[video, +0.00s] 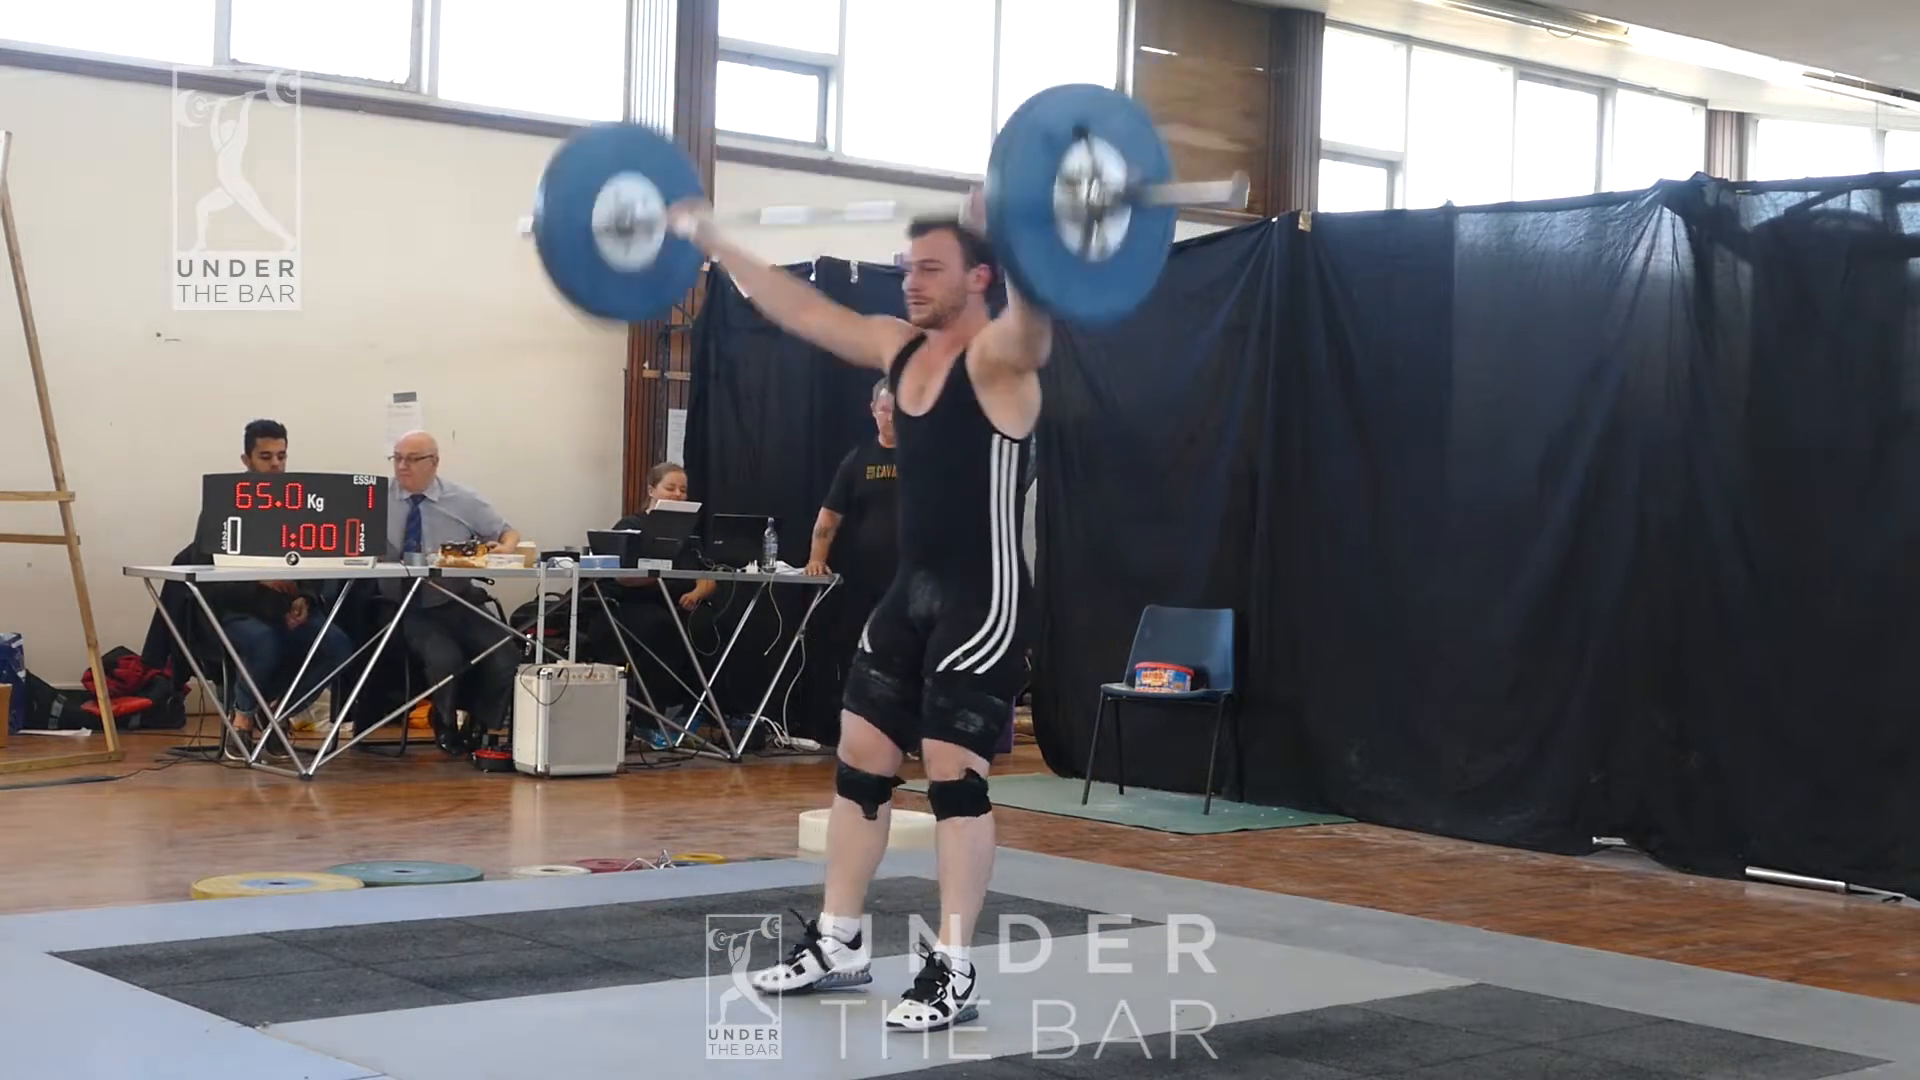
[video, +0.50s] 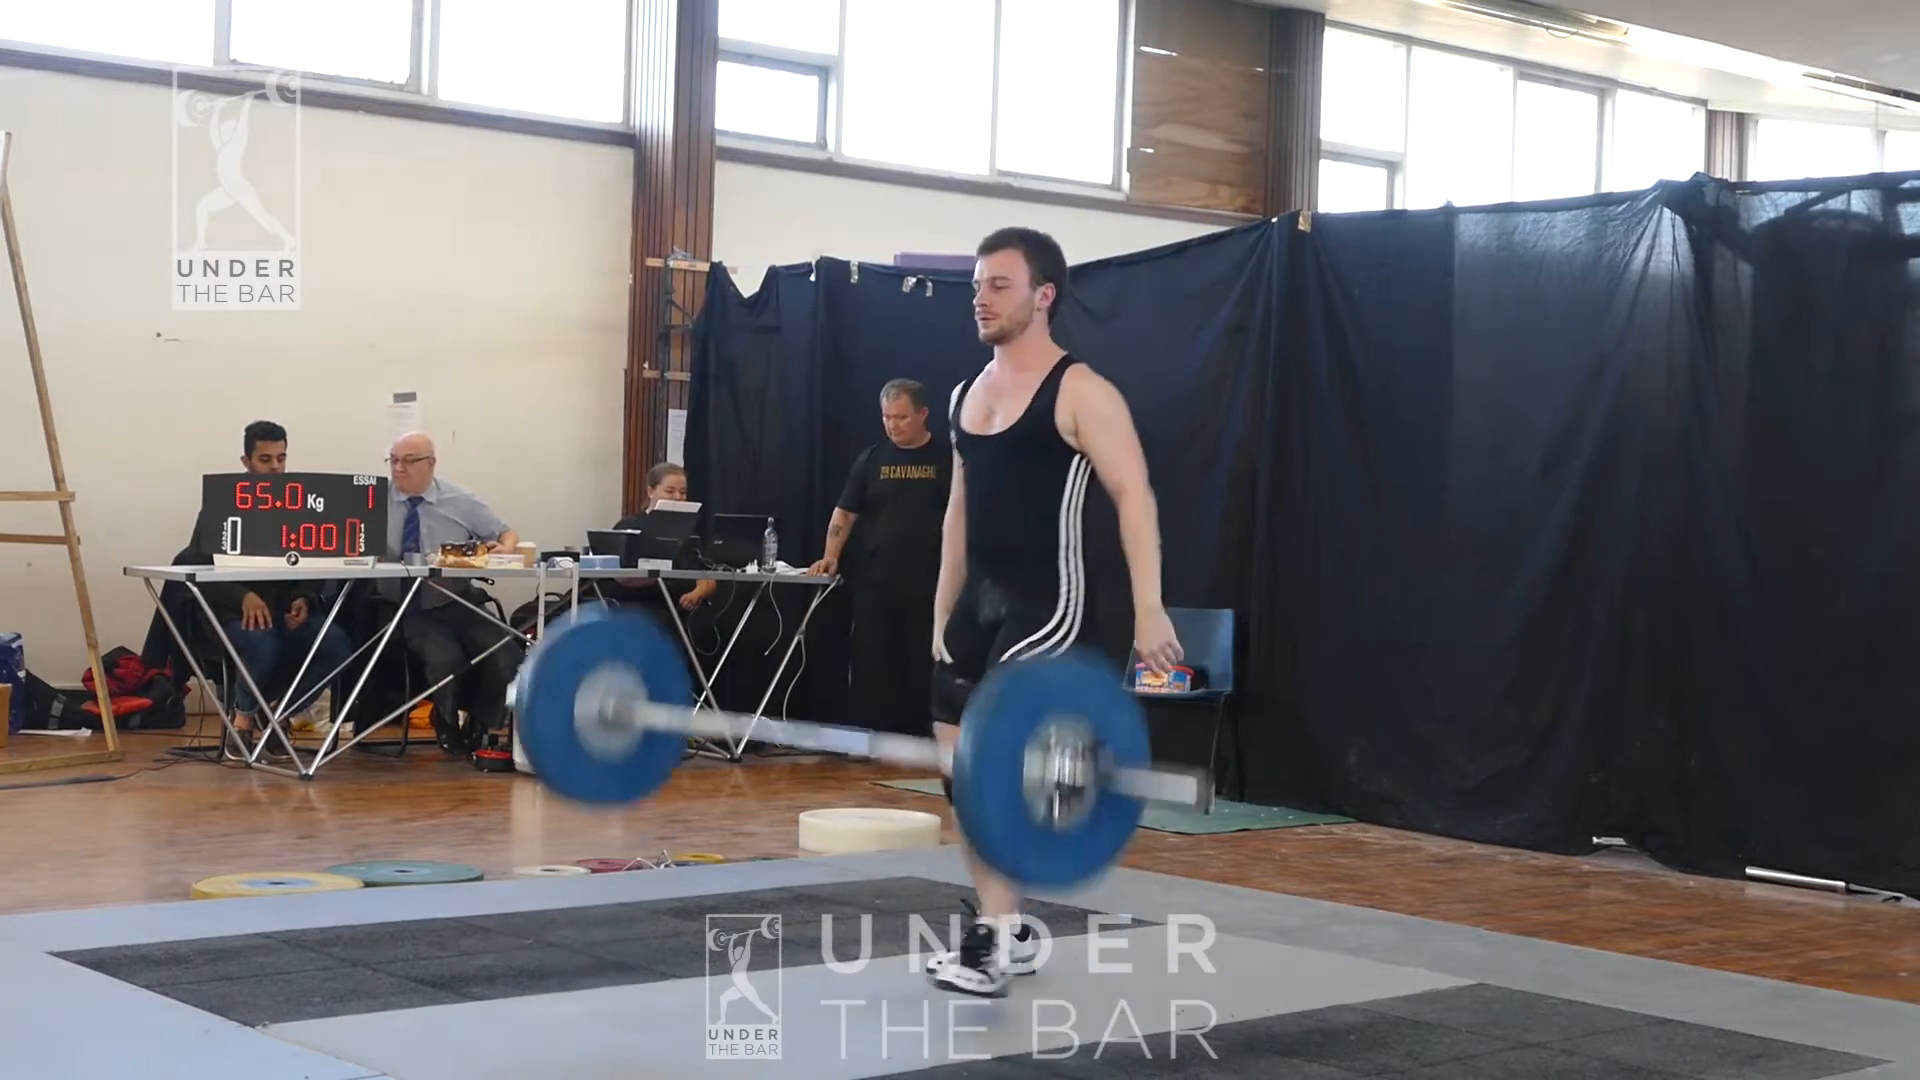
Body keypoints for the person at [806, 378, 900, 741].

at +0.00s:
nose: (889, 417)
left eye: (895, 410)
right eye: (883, 410)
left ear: (907, 412)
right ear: (873, 411)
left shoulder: (921, 458)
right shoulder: (858, 460)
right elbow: (829, 517)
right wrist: (817, 557)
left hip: (905, 576)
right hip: (858, 576)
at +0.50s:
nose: (892, 425)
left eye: (900, 417)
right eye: (886, 418)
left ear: (923, 415)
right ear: (881, 417)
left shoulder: (949, 459)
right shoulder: (871, 460)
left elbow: (962, 518)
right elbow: (843, 515)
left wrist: (957, 571)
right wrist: (831, 555)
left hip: (929, 579)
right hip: (875, 578)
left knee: (923, 665)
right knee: (873, 666)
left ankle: (923, 747)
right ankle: (873, 746)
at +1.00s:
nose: (885, 419)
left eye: (892, 411)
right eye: (877, 412)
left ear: (907, 411)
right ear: (865, 414)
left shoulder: (933, 458)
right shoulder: (851, 463)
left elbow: (956, 512)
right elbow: (830, 523)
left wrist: (957, 564)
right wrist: (830, 570)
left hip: (921, 582)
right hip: (867, 583)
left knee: (917, 664)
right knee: (869, 666)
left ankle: (910, 742)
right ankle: (875, 744)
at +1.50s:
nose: (887, 428)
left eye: (895, 419)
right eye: (880, 419)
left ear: (907, 419)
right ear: (865, 417)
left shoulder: (926, 463)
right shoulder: (845, 461)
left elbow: (942, 525)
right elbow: (819, 514)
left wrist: (933, 575)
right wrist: (807, 561)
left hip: (908, 590)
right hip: (855, 586)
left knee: (902, 673)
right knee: (852, 671)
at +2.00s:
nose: (883, 429)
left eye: (891, 421)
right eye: (875, 420)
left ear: (904, 419)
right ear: (862, 419)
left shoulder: (925, 463)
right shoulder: (843, 460)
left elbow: (941, 524)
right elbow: (821, 514)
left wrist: (936, 575)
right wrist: (807, 562)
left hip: (907, 585)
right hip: (855, 583)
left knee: (902, 670)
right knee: (853, 665)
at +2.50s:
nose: (882, 430)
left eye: (889, 422)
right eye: (874, 422)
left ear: (904, 420)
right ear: (861, 420)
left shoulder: (922, 465)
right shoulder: (843, 459)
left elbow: (937, 527)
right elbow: (822, 514)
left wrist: (928, 577)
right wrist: (807, 562)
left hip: (902, 586)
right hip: (851, 582)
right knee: (849, 665)